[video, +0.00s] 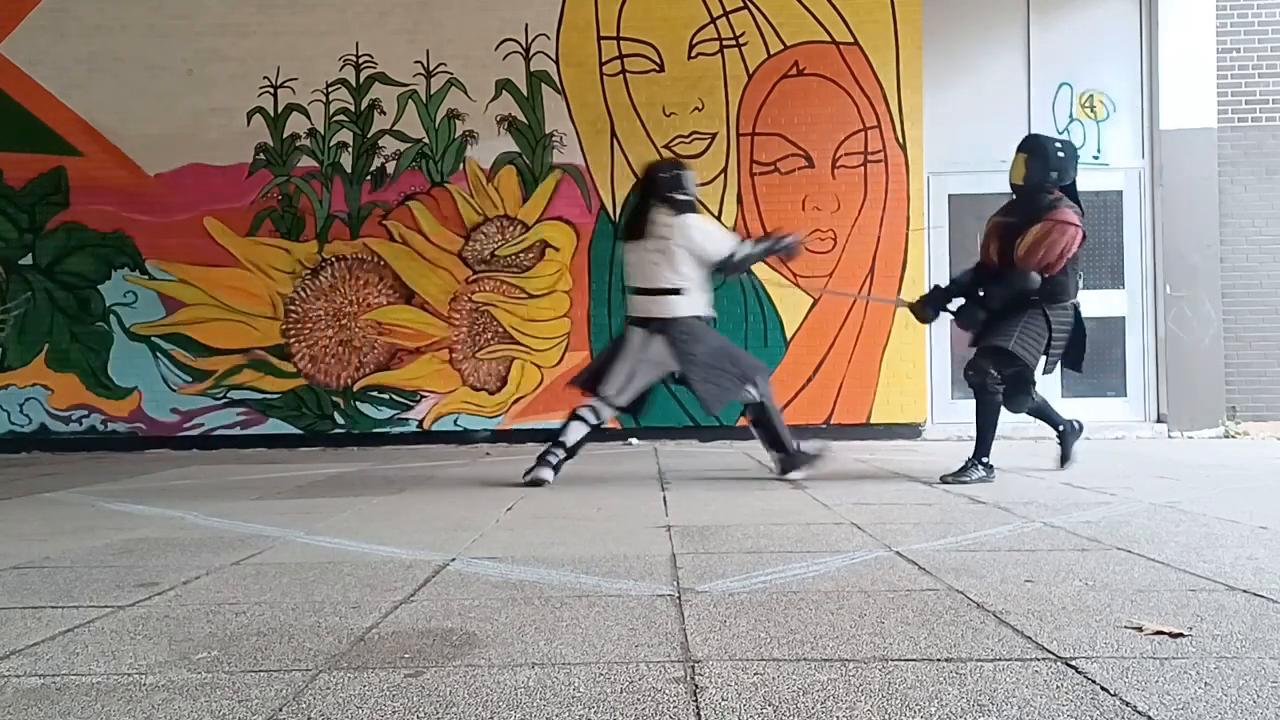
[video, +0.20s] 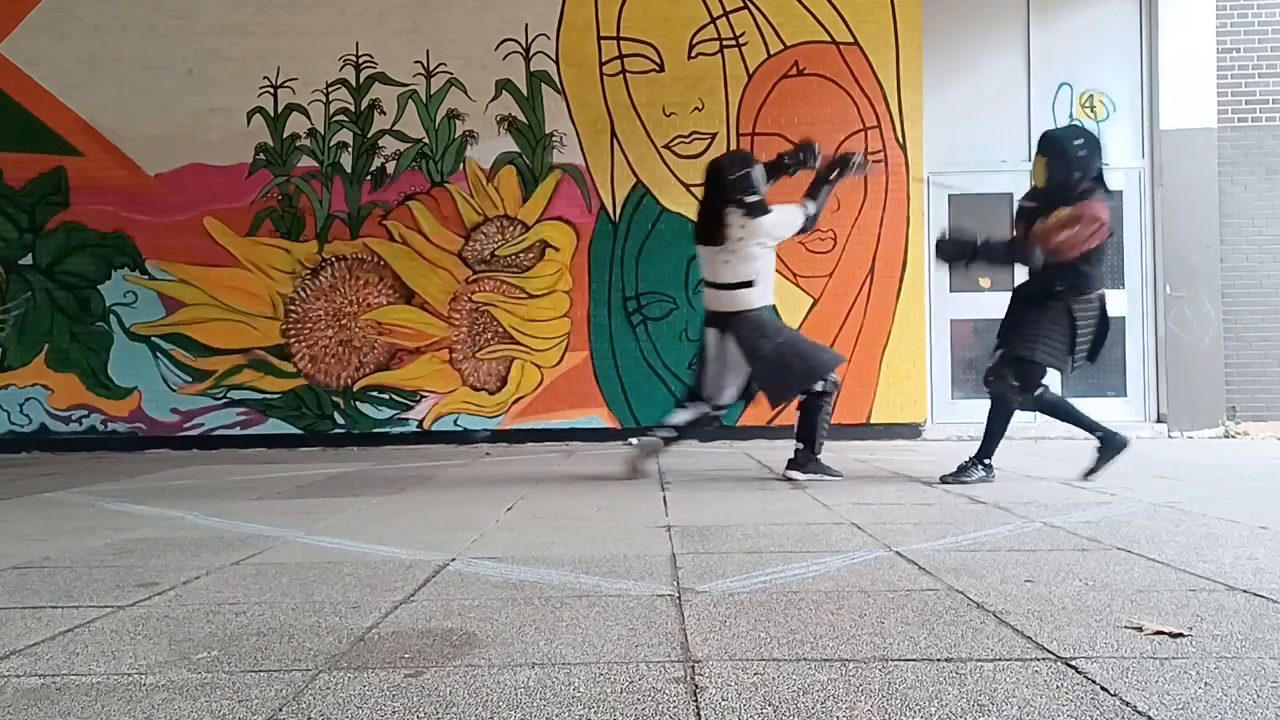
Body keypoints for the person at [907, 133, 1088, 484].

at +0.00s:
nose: (1017, 170)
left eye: (1027, 164)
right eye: (1018, 162)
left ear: (1052, 174)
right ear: (1019, 164)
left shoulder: (1061, 221)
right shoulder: (1014, 211)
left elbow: (1027, 280)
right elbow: (988, 269)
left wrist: (983, 306)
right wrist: (943, 294)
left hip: (1044, 309)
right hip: (1011, 306)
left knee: (984, 371)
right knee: (1017, 395)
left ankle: (981, 462)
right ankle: (1066, 428)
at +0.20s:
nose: (1038, 170)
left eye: (1046, 163)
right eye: (1039, 162)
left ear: (1074, 166)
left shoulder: (1090, 212)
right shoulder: (1043, 202)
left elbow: (1038, 252)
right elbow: (1021, 248)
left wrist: (974, 249)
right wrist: (972, 250)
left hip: (1064, 304)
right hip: (1038, 300)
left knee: (1005, 377)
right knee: (1022, 387)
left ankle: (982, 462)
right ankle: (1108, 438)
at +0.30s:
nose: (1066, 149)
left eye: (1075, 143)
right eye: (1068, 141)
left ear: (1101, 146)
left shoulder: (1119, 189)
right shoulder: (1068, 184)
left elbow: (1059, 219)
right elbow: (1032, 226)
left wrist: (996, 200)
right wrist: (994, 201)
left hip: (1096, 300)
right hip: (1071, 297)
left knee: (1030, 381)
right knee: (1068, 395)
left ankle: (989, 461)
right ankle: (1140, 463)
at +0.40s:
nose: (1090, 127)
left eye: (1097, 121)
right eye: (1093, 120)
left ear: (1119, 128)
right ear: (1126, 129)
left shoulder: (1139, 172)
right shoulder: (1119, 169)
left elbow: (1076, 192)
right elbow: (1055, 199)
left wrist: (1017, 167)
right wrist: (1021, 167)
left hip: (1120, 291)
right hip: (1116, 289)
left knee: (1054, 360)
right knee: (1091, 379)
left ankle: (1056, 451)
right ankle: (1142, 463)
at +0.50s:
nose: (1117, 106)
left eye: (1124, 99)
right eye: (1120, 98)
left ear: (1146, 109)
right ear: (1160, 110)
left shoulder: (1160, 155)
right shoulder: (1166, 150)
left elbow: (1094, 179)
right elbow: (1096, 172)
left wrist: (1035, 152)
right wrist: (1054, 146)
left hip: (1150, 272)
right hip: (1152, 270)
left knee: (1107, 356)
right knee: (1109, 357)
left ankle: (1149, 456)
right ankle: (1152, 448)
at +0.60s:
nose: (1147, 96)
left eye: (1156, 88)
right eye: (1150, 87)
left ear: (1180, 95)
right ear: (1193, 95)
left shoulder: (1190, 144)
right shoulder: (1188, 137)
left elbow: (1118, 178)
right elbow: (1129, 170)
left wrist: (1057, 152)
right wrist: (1081, 149)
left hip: (1189, 268)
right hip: (1174, 266)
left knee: (1170, 368)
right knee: (1156, 365)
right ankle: (1157, 459)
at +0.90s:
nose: (1215, 77)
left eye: (1223, 65)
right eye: (1216, 65)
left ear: (1249, 69)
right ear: (1254, 69)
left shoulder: (1270, 125)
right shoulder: (1252, 123)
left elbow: (1260, 198)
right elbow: (1244, 196)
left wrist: (1191, 203)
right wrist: (1194, 184)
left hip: (1266, 265)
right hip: (1256, 264)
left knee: (1244, 375)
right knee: (1248, 374)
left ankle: (1278, 476)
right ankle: (1276, 476)